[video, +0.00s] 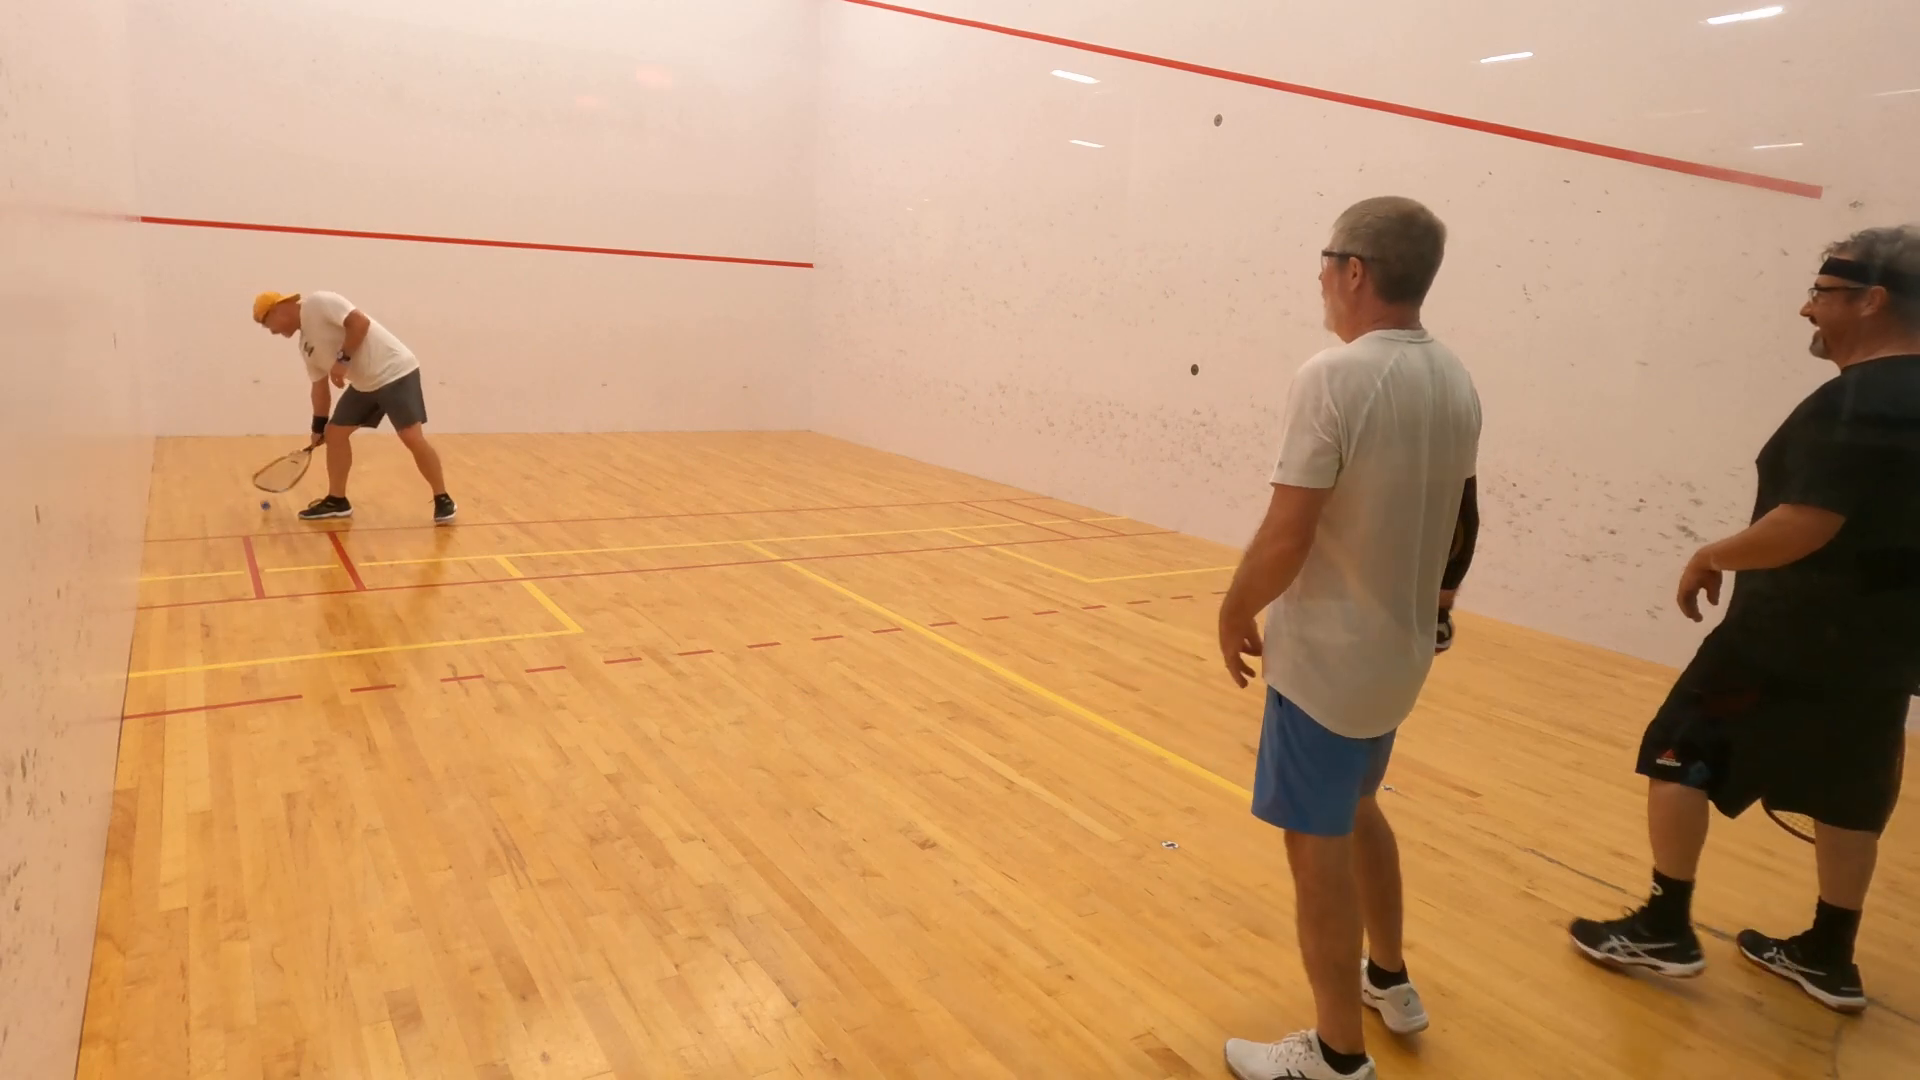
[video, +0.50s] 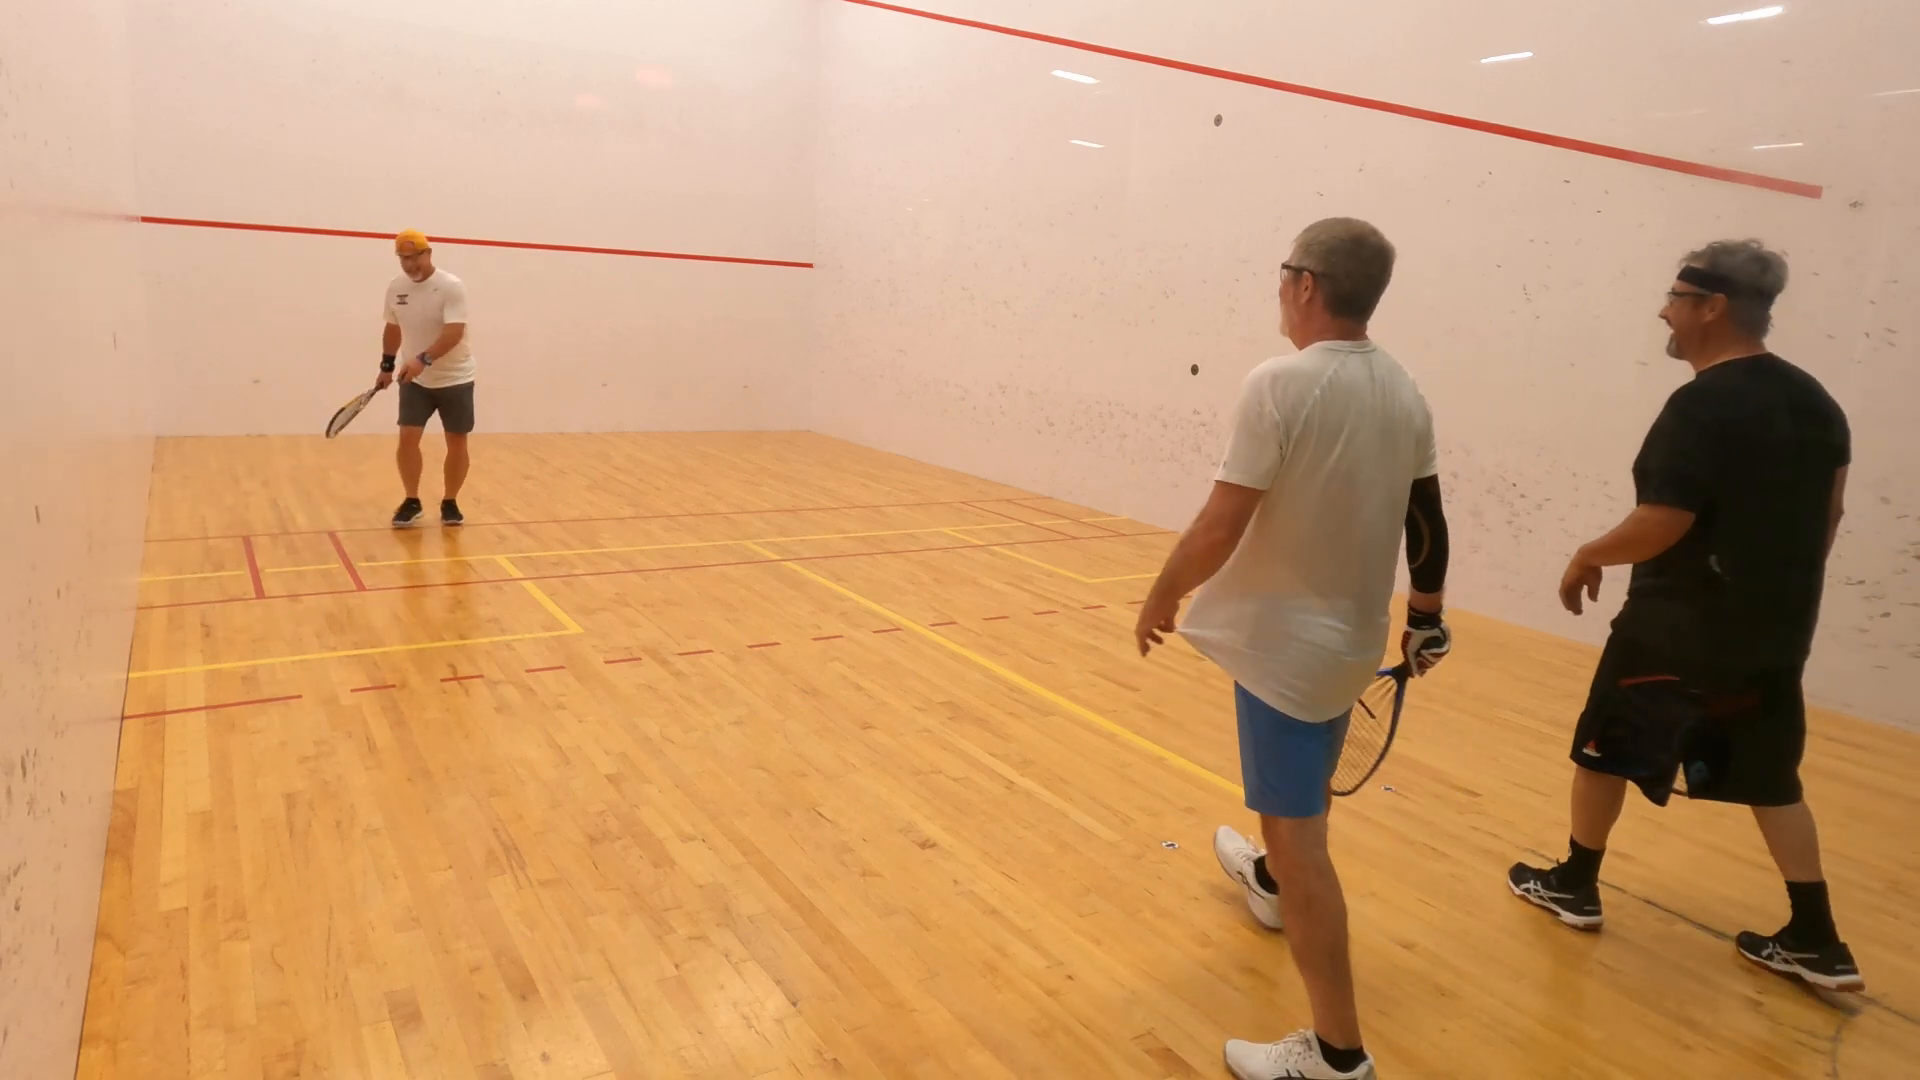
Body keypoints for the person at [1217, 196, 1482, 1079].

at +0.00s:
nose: (1320, 275)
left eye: (1328, 260)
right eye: (1326, 260)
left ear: (1357, 273)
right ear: (1411, 280)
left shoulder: (1335, 378)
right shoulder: (1452, 379)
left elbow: (1289, 530)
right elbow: (1458, 523)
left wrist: (1236, 608)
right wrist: (1430, 605)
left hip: (1331, 663)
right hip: (1400, 654)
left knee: (1318, 846)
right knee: (1357, 798)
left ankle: (1338, 1049)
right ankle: (1388, 974)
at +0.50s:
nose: (1279, 290)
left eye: (1285, 276)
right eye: (1284, 275)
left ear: (1307, 288)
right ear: (1369, 296)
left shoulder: (1281, 385)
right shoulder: (1404, 395)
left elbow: (1222, 523)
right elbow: (1425, 524)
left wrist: (1165, 591)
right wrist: (1427, 615)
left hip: (1287, 651)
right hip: (1355, 642)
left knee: (1297, 846)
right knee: (1301, 754)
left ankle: (1339, 1048)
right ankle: (1277, 876)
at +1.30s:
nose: (1128, 326)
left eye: (1130, 315)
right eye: (1131, 315)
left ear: (1144, 317)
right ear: (1200, 323)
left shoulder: (1132, 376)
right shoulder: (1238, 394)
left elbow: (1119, 486)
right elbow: (1264, 519)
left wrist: (1093, 594)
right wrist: (1227, 585)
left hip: (1154, 608)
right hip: (1236, 609)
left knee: (1065, 755)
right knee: (1225, 733)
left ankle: (1010, 918)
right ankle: (1249, 876)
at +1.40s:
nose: (1090, 316)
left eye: (1093, 305)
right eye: (1094, 304)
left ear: (1108, 308)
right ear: (1167, 315)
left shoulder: (1097, 379)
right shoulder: (1207, 390)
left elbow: (1070, 499)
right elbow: (1237, 514)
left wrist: (1045, 605)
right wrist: (1189, 577)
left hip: (1128, 607)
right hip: (1211, 607)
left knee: (1038, 745)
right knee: (1215, 733)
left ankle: (1008, 918)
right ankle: (1246, 875)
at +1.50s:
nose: (1062, 312)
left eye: (1063, 300)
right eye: (1065, 300)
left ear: (1077, 304)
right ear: (1136, 306)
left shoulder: (1067, 379)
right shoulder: (1183, 379)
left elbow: (1034, 506)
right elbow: (1211, 500)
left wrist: (1005, 599)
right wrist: (1154, 564)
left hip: (1110, 608)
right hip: (1196, 605)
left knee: (1029, 746)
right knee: (1206, 731)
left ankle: (1007, 920)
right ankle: (1235, 874)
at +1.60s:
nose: (1046, 307)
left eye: (1047, 295)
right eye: (1048, 294)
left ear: (1061, 299)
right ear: (1121, 299)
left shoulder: (1055, 378)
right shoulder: (1171, 369)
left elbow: (1019, 504)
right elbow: (1193, 483)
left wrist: (980, 581)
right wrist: (1113, 557)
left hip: (1103, 603)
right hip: (1188, 598)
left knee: (1028, 745)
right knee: (1202, 732)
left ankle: (1007, 919)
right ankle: (1224, 877)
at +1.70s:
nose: (1046, 299)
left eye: (1047, 288)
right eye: (1050, 287)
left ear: (1061, 294)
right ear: (1122, 294)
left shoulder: (1060, 376)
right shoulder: (1166, 364)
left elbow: (1022, 503)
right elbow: (1180, 481)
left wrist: (961, 555)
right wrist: (1090, 543)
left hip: (1103, 601)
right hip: (1187, 598)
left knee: (1029, 744)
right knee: (1201, 735)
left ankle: (1007, 919)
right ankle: (1217, 877)